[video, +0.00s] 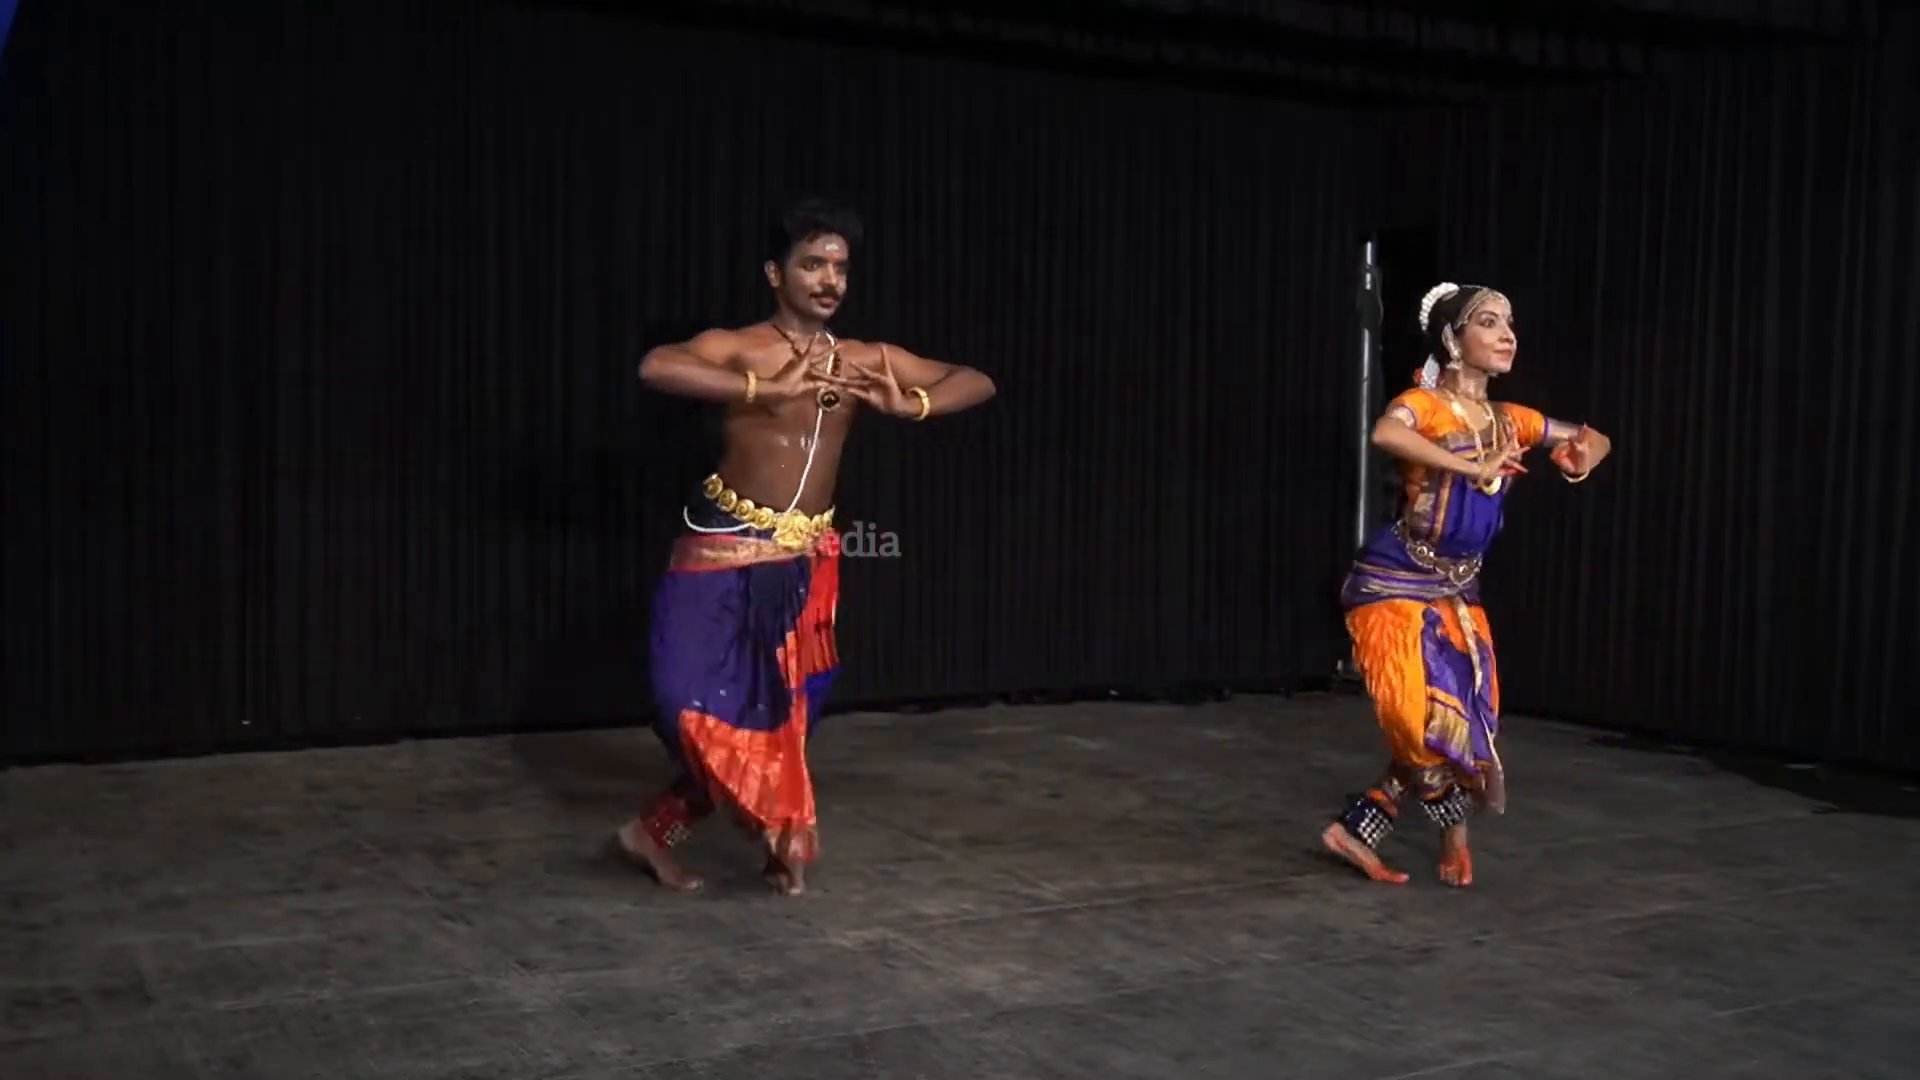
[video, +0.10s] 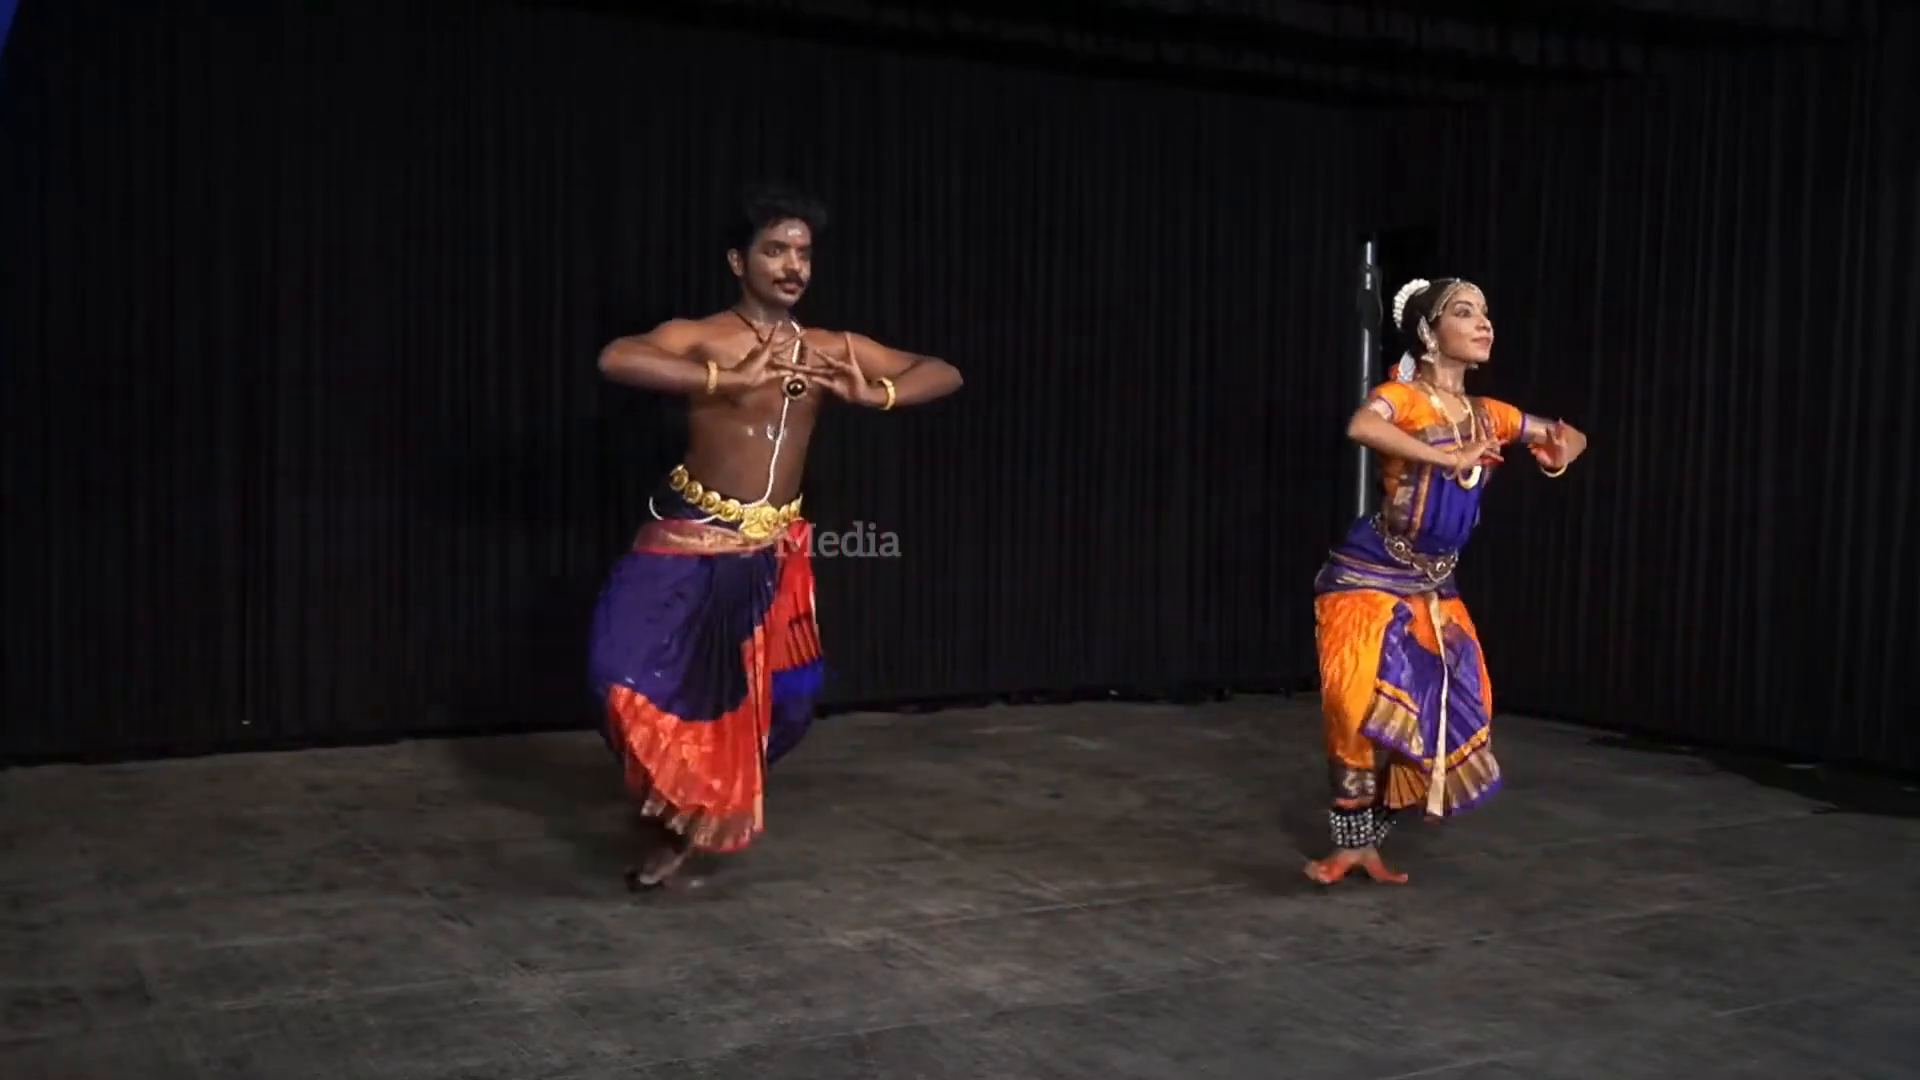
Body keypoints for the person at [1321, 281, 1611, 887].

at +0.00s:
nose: (1507, 336)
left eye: (1509, 325)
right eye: (1491, 324)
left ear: (1506, 341)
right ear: (1453, 338)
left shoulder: (1509, 419)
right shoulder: (1424, 402)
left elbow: (1590, 437)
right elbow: (1387, 434)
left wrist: (1586, 454)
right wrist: (1470, 467)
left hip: (1457, 592)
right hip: (1395, 582)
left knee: (1469, 717)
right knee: (1415, 707)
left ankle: (1358, 827)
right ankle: (1453, 825)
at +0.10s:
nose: (1486, 326)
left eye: (1485, 316)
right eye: (1468, 315)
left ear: (1479, 335)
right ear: (1430, 332)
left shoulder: (1487, 413)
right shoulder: (1403, 395)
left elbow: (1565, 434)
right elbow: (1363, 426)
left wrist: (1563, 450)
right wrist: (1446, 457)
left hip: (1431, 584)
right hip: (1368, 574)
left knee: (1411, 703)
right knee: (1349, 696)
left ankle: (1367, 841)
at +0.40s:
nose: (1423, 344)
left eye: (1425, 336)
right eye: (1405, 334)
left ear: (1427, 353)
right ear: (1369, 355)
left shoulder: (1438, 438)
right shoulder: (1343, 424)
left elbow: (1530, 486)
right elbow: (1311, 487)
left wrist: (1498, 480)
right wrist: (1405, 469)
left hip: (1387, 610)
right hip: (1315, 600)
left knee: (1418, 718)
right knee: (1266, 706)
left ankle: (1341, 852)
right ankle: (1291, 853)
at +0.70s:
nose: (1403, 371)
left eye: (1409, 359)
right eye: (1388, 355)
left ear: (1410, 367)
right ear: (1350, 361)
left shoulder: (1404, 446)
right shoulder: (1316, 433)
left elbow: (1480, 510)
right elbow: (1311, 517)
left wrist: (1457, 505)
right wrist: (1407, 523)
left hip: (1342, 614)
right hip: (1272, 611)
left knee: (1397, 714)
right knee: (1275, 742)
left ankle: (1334, 853)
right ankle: (1269, 858)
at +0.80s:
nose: (1404, 373)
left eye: (1410, 359)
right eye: (1390, 357)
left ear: (1411, 365)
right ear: (1351, 364)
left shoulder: (1383, 435)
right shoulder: (1330, 433)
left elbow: (1432, 489)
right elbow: (1374, 518)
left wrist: (1464, 485)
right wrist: (1464, 497)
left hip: (1335, 609)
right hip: (1277, 610)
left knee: (1374, 715)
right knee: (1293, 741)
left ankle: (1337, 852)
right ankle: (1268, 858)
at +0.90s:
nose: (1415, 375)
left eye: (1420, 361)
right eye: (1402, 359)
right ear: (1359, 363)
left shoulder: (1366, 418)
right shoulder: (1353, 432)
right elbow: (1460, 462)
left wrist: (1405, 453)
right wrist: (1548, 445)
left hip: (1334, 609)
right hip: (1287, 611)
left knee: (1383, 736)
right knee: (1328, 765)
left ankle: (1338, 869)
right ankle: (1262, 838)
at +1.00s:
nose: (1429, 380)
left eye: (1432, 367)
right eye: (1416, 365)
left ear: (1376, 369)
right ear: (1372, 369)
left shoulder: (1349, 414)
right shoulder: (1382, 442)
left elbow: (1305, 425)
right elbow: (1478, 440)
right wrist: (1575, 429)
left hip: (1330, 611)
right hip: (1309, 614)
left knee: (1400, 743)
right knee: (1391, 743)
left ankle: (1343, 872)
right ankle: (1277, 827)